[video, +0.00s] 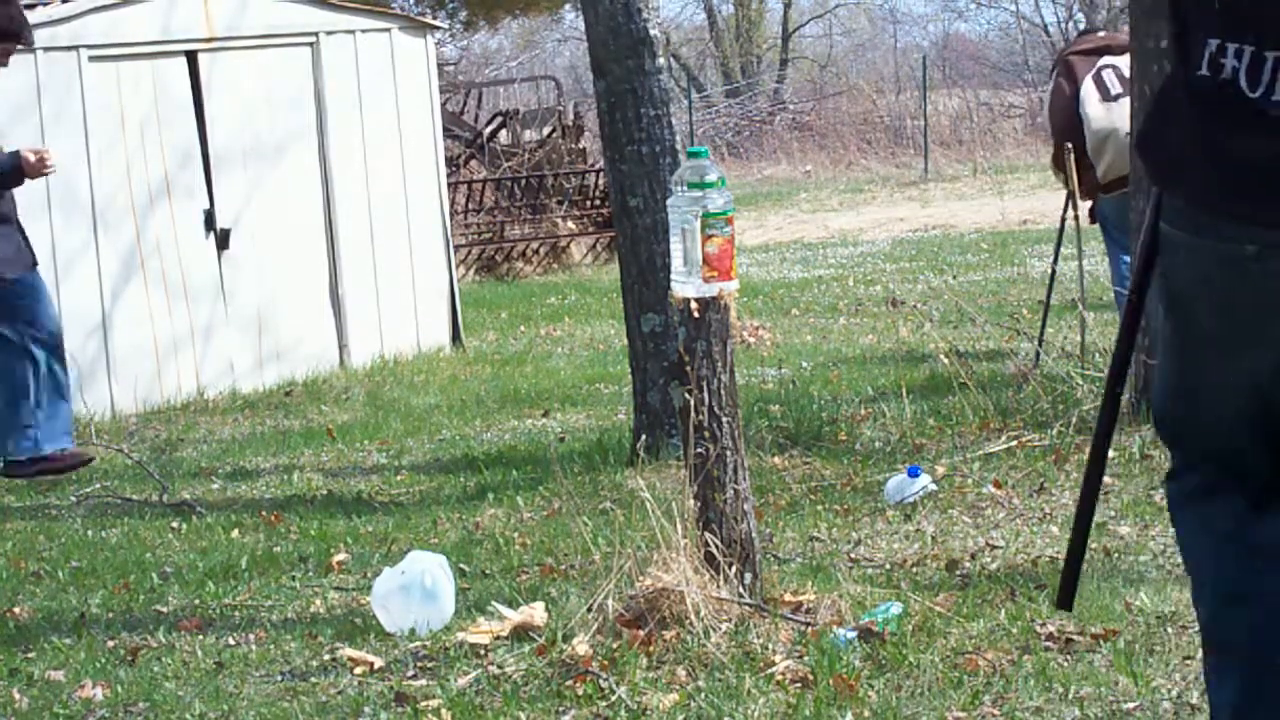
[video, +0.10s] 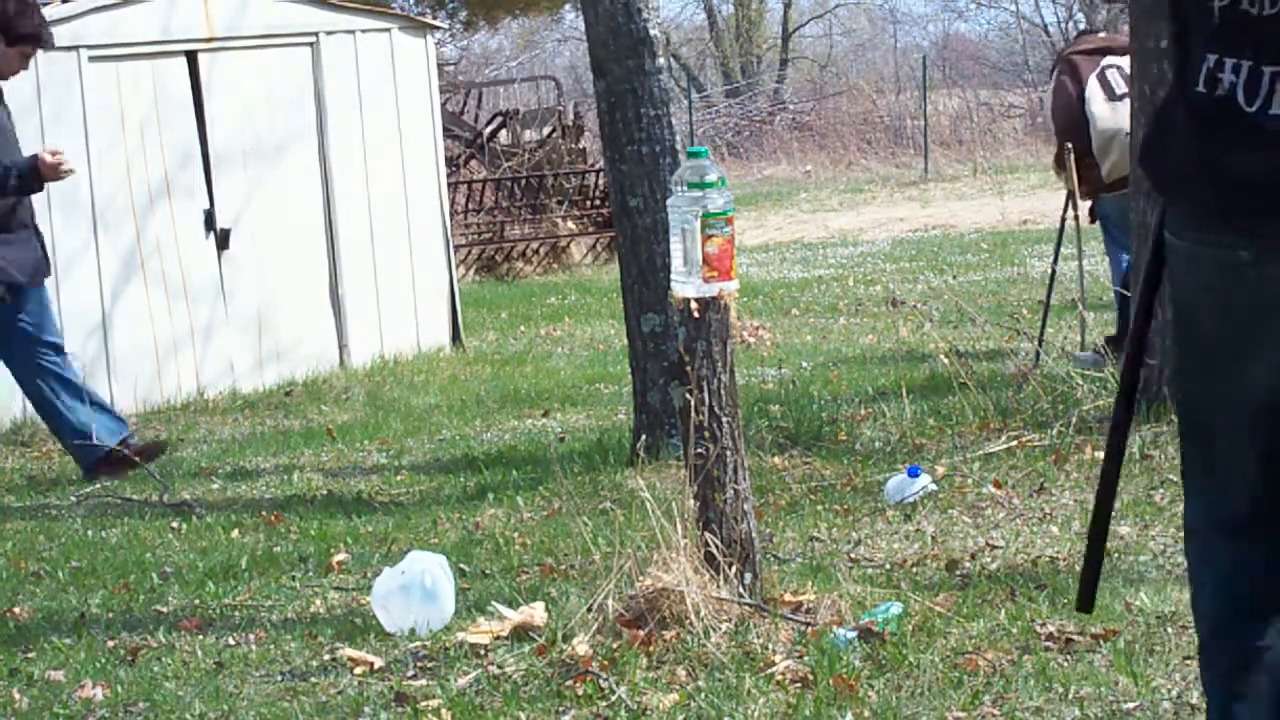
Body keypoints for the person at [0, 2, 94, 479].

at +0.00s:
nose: (9, 58)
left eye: (12, 50)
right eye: (9, 49)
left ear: (12, 46)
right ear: (0, 43)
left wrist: (16, 166)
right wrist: (15, 166)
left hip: (11, 237)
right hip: (4, 238)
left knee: (30, 328)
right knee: (34, 326)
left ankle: (33, 443)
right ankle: (25, 446)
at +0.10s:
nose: (25, 65)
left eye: (30, 55)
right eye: (24, 53)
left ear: (10, 47)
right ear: (1, 42)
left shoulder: (2, 99)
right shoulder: (0, 101)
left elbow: (6, 183)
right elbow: (4, 186)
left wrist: (30, 171)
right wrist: (30, 175)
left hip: (16, 254)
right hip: (7, 256)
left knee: (44, 353)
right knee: (40, 353)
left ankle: (105, 445)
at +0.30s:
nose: (81, 70)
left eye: (86, 61)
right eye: (79, 59)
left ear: (52, 46)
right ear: (48, 42)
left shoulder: (41, 90)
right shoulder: (10, 87)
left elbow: (40, 172)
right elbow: (17, 165)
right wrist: (83, 168)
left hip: (60, 257)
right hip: (20, 258)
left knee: (87, 359)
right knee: (6, 366)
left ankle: (129, 466)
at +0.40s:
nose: (111, 71)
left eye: (117, 62)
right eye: (110, 59)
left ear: (87, 45)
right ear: (81, 40)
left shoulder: (75, 92)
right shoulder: (36, 85)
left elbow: (79, 176)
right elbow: (47, 159)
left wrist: (126, 170)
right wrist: (123, 159)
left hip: (93, 253)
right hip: (50, 253)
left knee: (111, 359)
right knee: (42, 356)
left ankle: (128, 468)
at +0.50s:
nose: (138, 67)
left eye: (144, 58)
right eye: (138, 54)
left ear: (119, 42)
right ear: (110, 34)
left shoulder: (102, 87)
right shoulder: (64, 75)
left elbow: (107, 178)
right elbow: (75, 142)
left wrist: (150, 168)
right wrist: (160, 142)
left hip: (116, 239)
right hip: (78, 239)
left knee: (126, 349)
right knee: (105, 341)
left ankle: (131, 470)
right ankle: (8, 429)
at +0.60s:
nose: (160, 59)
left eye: (166, 50)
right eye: (158, 46)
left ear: (139, 34)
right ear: (129, 27)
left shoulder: (123, 83)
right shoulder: (85, 72)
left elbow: (122, 170)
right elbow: (102, 127)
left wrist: (167, 171)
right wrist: (181, 132)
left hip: (121, 226)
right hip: (105, 227)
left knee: (128, 342)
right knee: (154, 318)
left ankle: (141, 464)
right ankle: (69, 425)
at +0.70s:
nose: (182, 54)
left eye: (187, 46)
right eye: (180, 42)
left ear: (154, 27)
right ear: (150, 24)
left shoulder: (144, 80)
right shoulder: (107, 69)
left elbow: (143, 166)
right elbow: (130, 120)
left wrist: (190, 167)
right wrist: (204, 124)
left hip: (129, 227)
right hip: (135, 224)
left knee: (130, 340)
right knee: (188, 314)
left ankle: (125, 457)